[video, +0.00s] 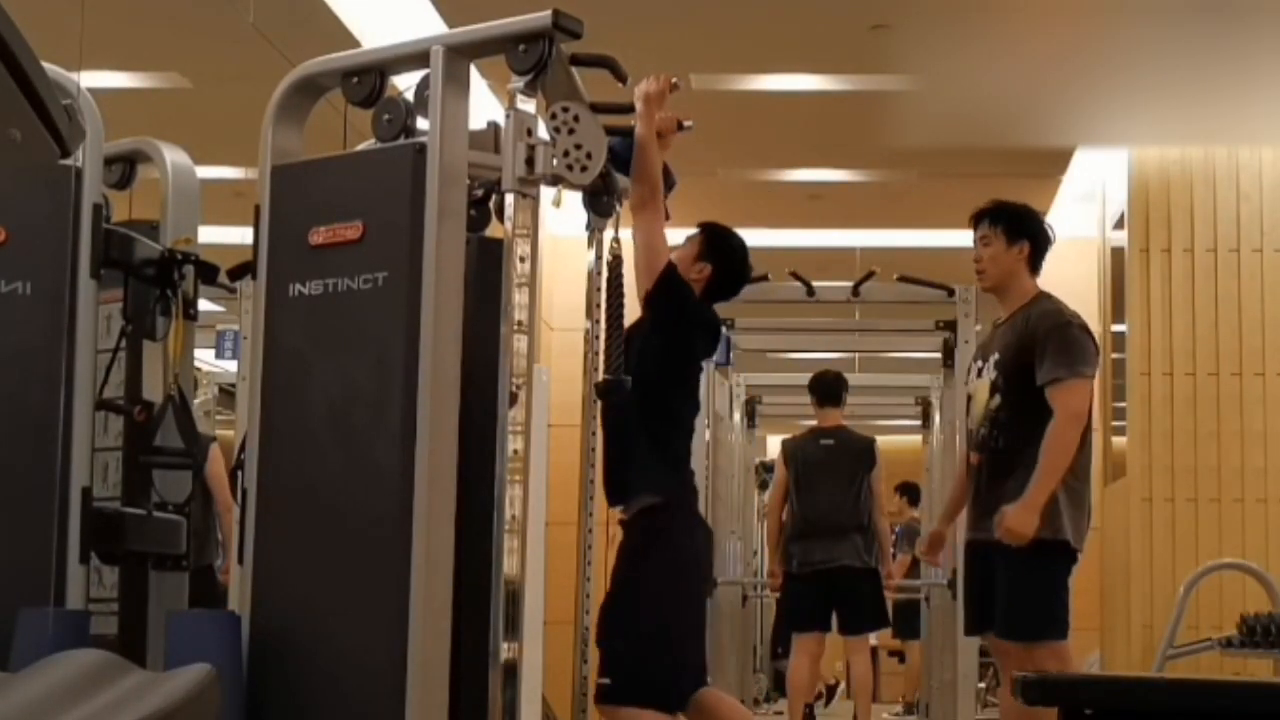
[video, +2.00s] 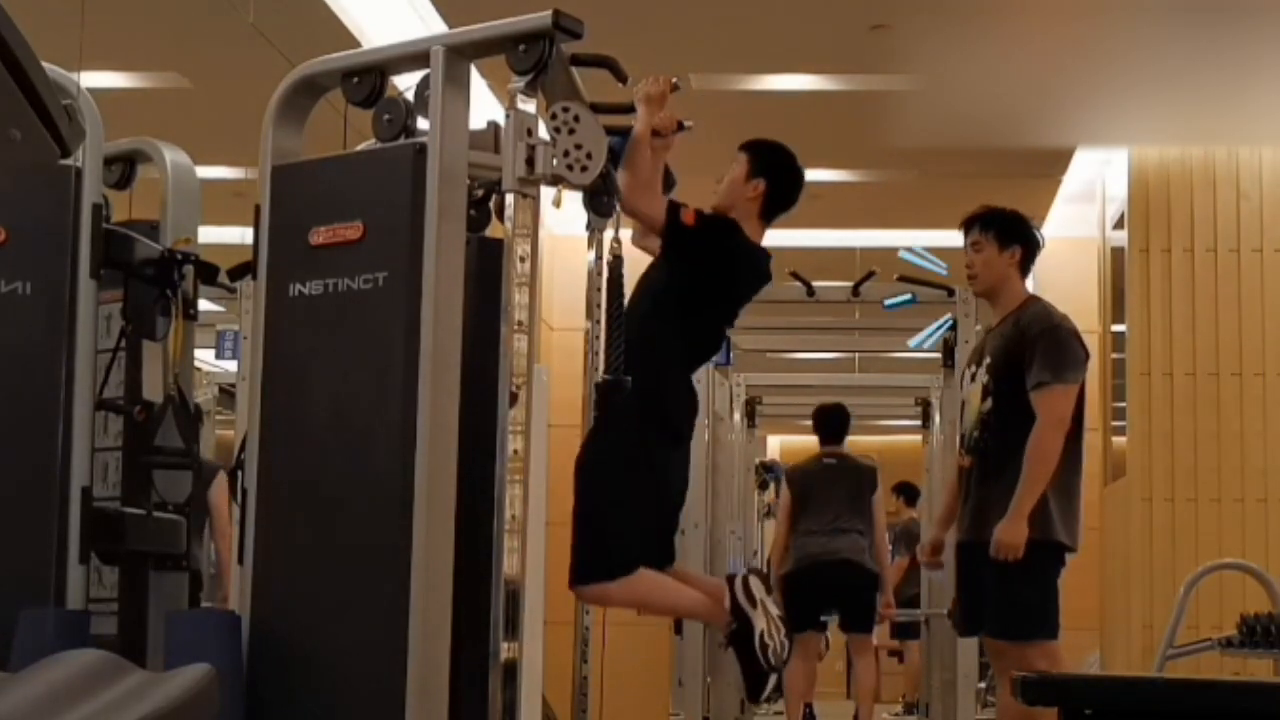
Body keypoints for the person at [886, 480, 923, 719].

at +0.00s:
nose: (894, 502)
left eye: (896, 497)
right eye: (895, 497)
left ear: (904, 499)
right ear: (913, 499)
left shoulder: (909, 526)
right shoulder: (911, 524)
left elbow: (903, 559)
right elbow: (904, 558)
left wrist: (891, 581)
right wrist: (893, 580)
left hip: (909, 592)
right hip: (910, 591)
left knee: (911, 648)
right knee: (912, 648)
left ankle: (910, 700)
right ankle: (912, 699)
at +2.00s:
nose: (891, 503)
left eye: (893, 498)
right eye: (893, 498)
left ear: (901, 499)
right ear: (913, 500)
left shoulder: (906, 527)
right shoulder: (915, 524)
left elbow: (901, 561)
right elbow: (903, 561)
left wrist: (887, 589)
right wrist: (891, 587)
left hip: (908, 593)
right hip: (914, 591)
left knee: (910, 647)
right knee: (912, 647)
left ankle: (911, 700)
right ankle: (913, 698)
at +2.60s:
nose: (891, 504)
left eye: (893, 499)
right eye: (892, 499)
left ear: (901, 500)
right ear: (912, 499)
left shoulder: (905, 526)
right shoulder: (912, 523)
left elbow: (899, 558)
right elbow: (902, 556)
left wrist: (889, 579)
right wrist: (892, 576)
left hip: (907, 590)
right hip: (912, 588)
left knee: (910, 647)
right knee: (912, 647)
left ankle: (911, 700)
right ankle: (913, 699)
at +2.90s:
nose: (891, 503)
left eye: (894, 498)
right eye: (891, 498)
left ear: (904, 499)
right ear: (910, 500)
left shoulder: (907, 525)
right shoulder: (910, 523)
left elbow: (899, 558)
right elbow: (900, 556)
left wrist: (889, 579)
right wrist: (890, 577)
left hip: (908, 590)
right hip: (910, 588)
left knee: (911, 647)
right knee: (911, 647)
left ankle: (911, 701)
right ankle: (913, 699)